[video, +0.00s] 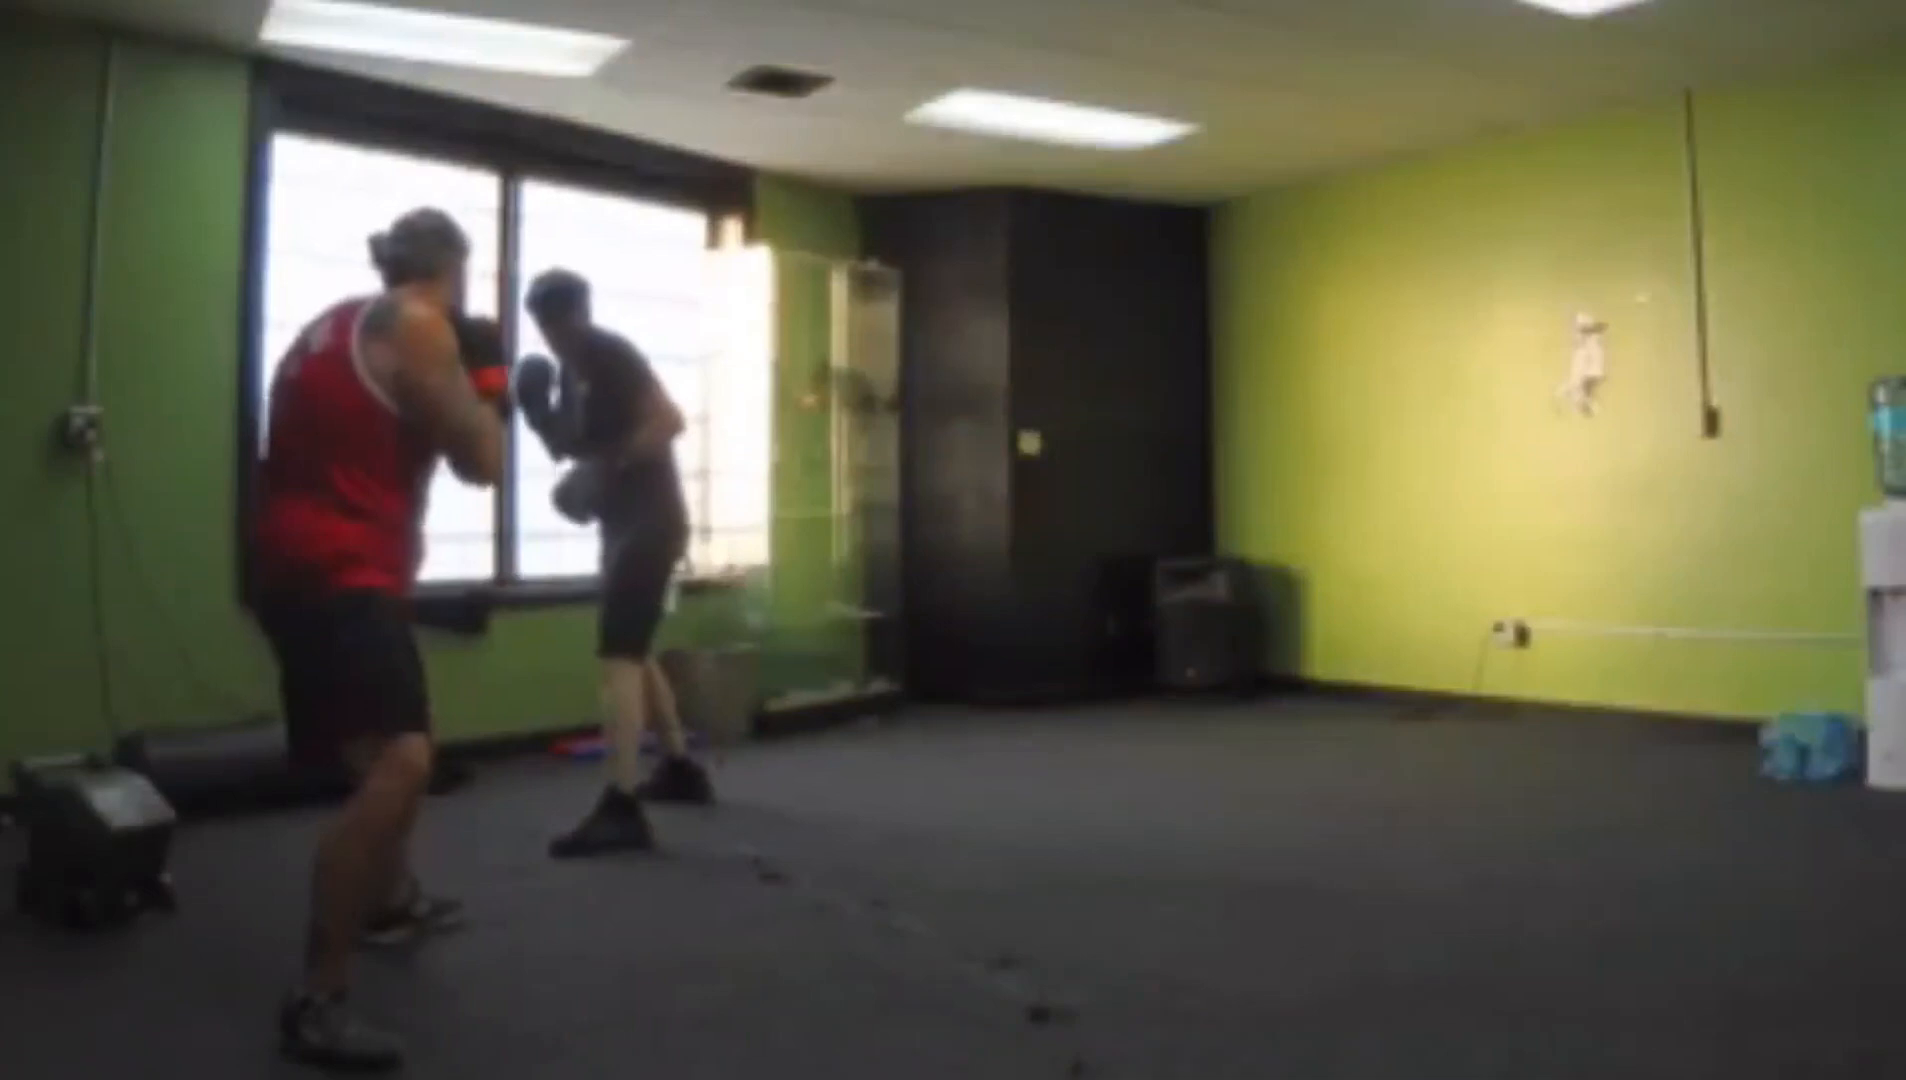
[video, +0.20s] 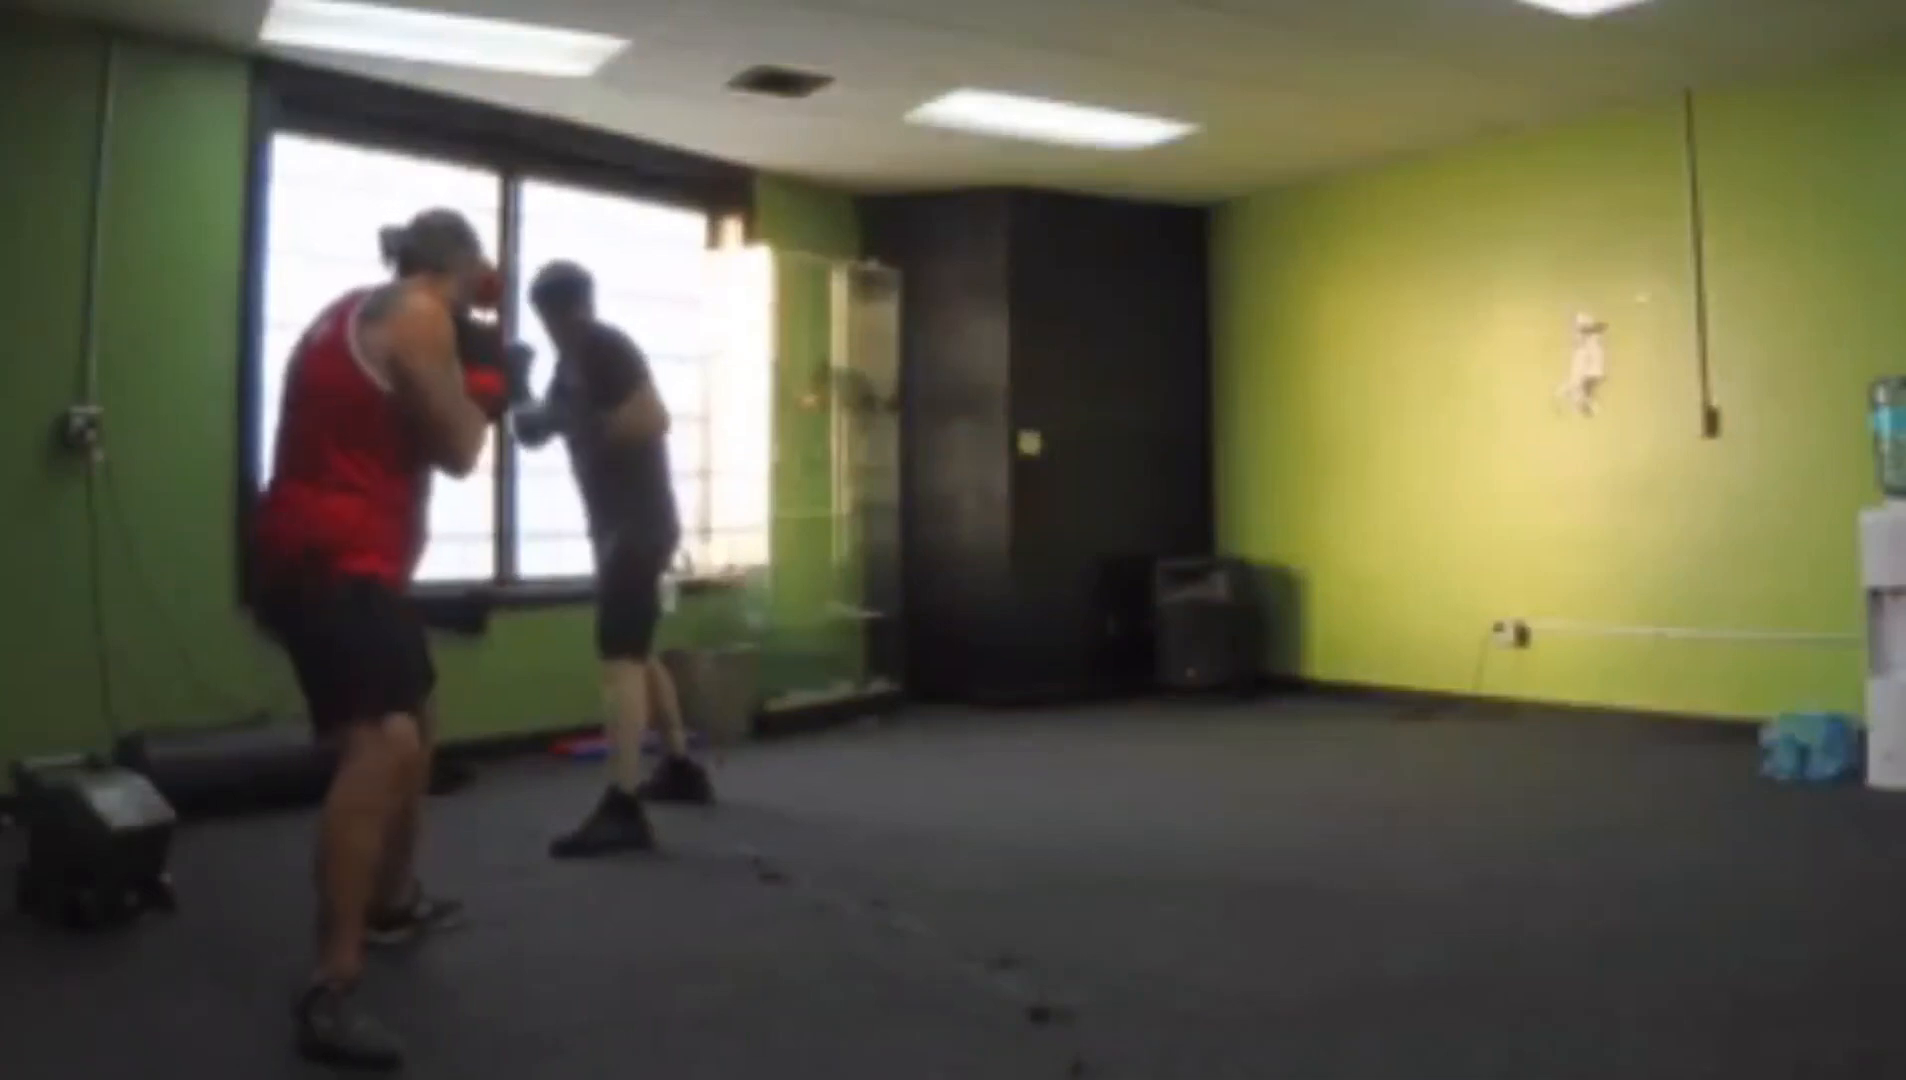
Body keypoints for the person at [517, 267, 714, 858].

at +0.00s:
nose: (551, 332)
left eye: (554, 320)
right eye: (546, 322)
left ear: (570, 314)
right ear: (554, 320)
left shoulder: (610, 355)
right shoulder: (573, 371)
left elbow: (665, 420)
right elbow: (571, 447)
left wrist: (604, 468)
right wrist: (537, 409)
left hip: (650, 520)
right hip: (622, 521)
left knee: (620, 657)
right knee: (634, 653)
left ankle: (621, 802)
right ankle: (679, 761)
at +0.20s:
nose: (552, 324)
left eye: (554, 312)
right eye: (548, 314)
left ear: (568, 307)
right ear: (560, 309)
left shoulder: (607, 349)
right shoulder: (569, 363)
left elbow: (651, 416)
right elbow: (545, 422)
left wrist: (593, 429)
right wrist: (527, 410)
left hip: (641, 522)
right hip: (614, 524)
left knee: (621, 658)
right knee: (637, 654)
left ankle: (623, 802)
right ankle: (679, 761)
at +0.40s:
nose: (537, 330)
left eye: (543, 317)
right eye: (532, 321)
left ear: (567, 307)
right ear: (533, 320)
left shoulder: (599, 344)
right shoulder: (552, 360)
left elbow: (617, 404)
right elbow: (505, 417)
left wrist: (562, 370)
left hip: (639, 521)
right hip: (613, 526)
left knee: (620, 660)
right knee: (636, 652)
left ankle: (623, 801)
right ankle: (676, 755)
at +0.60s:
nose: (518, 324)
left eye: (518, 313)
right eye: (516, 313)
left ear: (534, 308)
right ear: (551, 302)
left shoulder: (588, 348)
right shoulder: (547, 360)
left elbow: (640, 423)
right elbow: (521, 430)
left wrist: (571, 414)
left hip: (638, 521)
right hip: (612, 524)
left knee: (620, 660)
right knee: (635, 653)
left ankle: (622, 802)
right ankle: (670, 755)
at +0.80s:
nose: (514, 337)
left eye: (517, 324)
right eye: (511, 326)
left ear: (538, 316)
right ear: (547, 310)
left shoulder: (586, 355)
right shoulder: (539, 368)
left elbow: (638, 426)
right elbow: (516, 428)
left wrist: (564, 423)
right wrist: (514, 419)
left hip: (648, 518)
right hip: (624, 521)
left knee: (624, 654)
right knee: (649, 646)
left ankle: (622, 801)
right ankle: (677, 757)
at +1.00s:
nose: (547, 336)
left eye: (551, 323)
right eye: (543, 325)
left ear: (573, 317)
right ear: (573, 316)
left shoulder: (611, 354)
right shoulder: (581, 365)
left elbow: (622, 411)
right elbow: (555, 424)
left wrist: (561, 457)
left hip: (654, 525)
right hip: (648, 523)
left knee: (601, 657)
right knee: (658, 638)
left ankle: (619, 805)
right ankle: (710, 740)